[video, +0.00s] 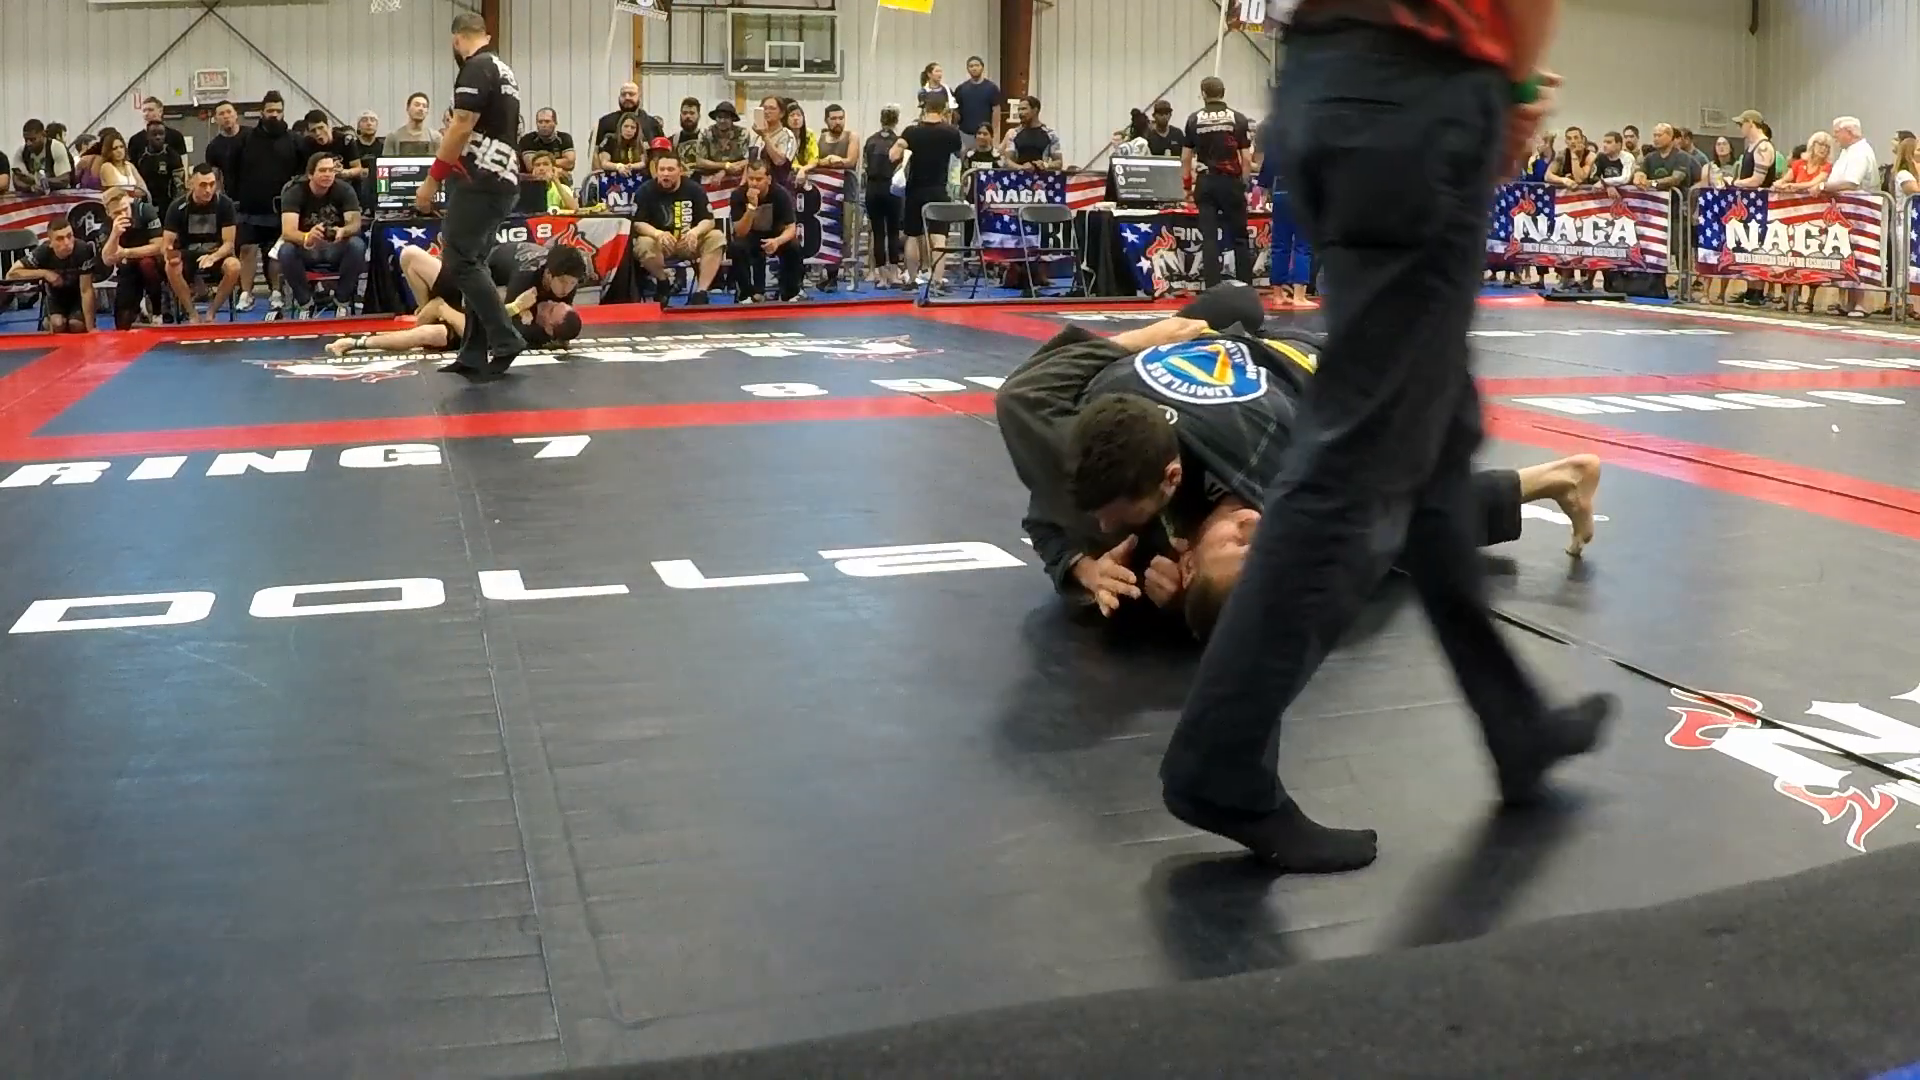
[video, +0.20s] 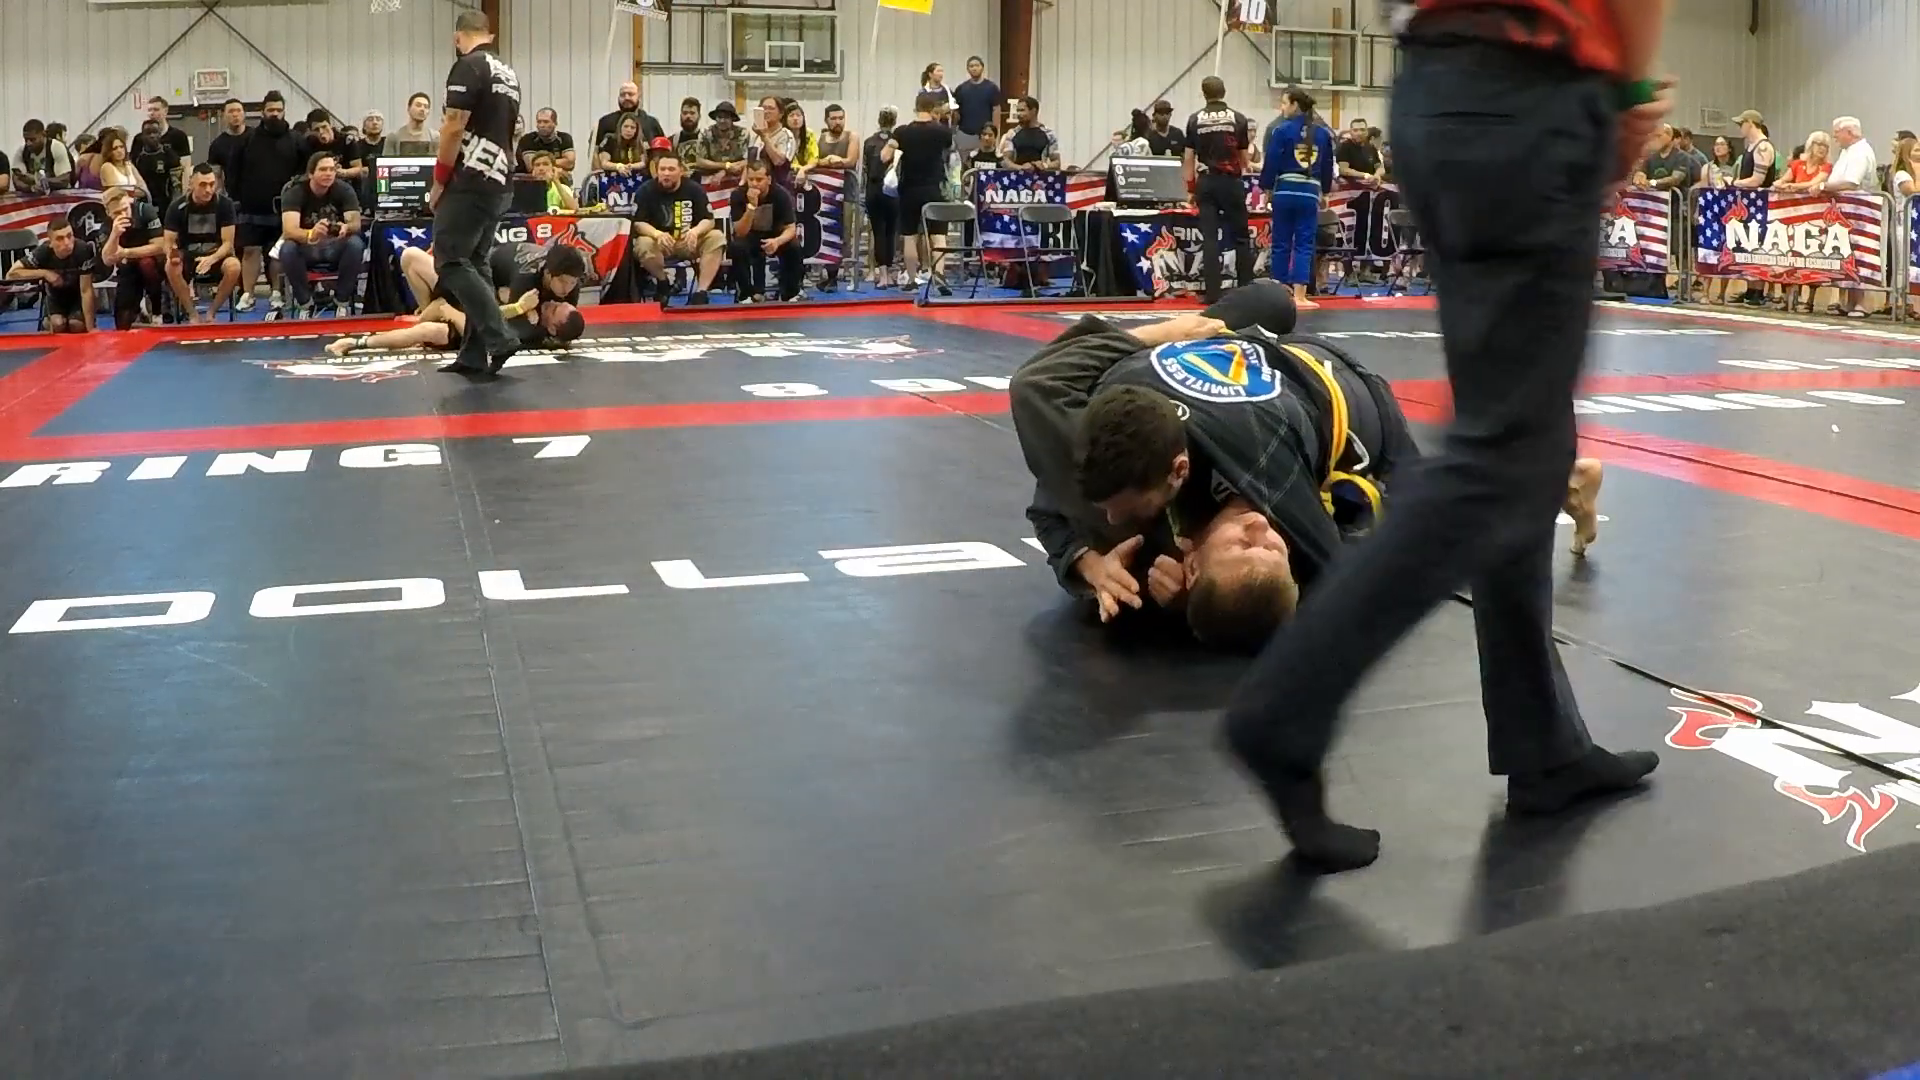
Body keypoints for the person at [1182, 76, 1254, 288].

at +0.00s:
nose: (1204, 96)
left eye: (1203, 93)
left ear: (1203, 95)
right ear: (1223, 93)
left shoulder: (1193, 120)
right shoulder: (1238, 119)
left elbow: (1186, 158)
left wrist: (1187, 186)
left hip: (1206, 181)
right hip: (1232, 180)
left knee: (1209, 238)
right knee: (1240, 238)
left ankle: (1212, 289)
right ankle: (1245, 288)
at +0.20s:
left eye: (1205, 92)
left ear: (1204, 94)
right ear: (1224, 93)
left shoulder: (1194, 120)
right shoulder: (1239, 119)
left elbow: (1189, 158)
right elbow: (1244, 158)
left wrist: (1191, 187)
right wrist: (1240, 172)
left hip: (1206, 180)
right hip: (1232, 181)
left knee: (1210, 239)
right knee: (1241, 237)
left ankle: (1212, 294)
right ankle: (1246, 290)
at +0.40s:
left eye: (1204, 92)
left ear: (1204, 94)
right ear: (1224, 93)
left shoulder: (1195, 120)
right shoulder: (1241, 119)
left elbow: (1190, 159)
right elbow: (1242, 150)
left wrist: (1192, 188)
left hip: (1206, 180)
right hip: (1233, 181)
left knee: (1210, 238)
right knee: (1242, 238)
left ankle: (1213, 295)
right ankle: (1246, 295)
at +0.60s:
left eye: (1205, 91)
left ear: (1204, 94)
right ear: (1225, 93)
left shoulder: (1197, 120)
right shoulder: (1241, 118)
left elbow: (1189, 159)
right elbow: (1243, 143)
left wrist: (1188, 191)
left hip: (1208, 179)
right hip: (1233, 179)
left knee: (1210, 238)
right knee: (1243, 238)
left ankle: (1213, 295)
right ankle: (1246, 295)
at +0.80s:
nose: (1206, 94)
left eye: (1206, 91)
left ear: (1205, 94)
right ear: (1226, 92)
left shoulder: (1197, 120)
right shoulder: (1242, 118)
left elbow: (1189, 159)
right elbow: (1247, 148)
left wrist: (1188, 192)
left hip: (1207, 180)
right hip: (1233, 180)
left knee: (1210, 238)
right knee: (1243, 238)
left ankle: (1213, 295)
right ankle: (1246, 295)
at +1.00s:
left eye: (1208, 91)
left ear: (1206, 93)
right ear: (1226, 92)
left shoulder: (1196, 119)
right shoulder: (1240, 118)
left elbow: (1189, 158)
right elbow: (1245, 151)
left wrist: (1189, 190)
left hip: (1207, 179)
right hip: (1233, 179)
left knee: (1210, 238)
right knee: (1242, 238)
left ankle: (1213, 294)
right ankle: (1246, 295)